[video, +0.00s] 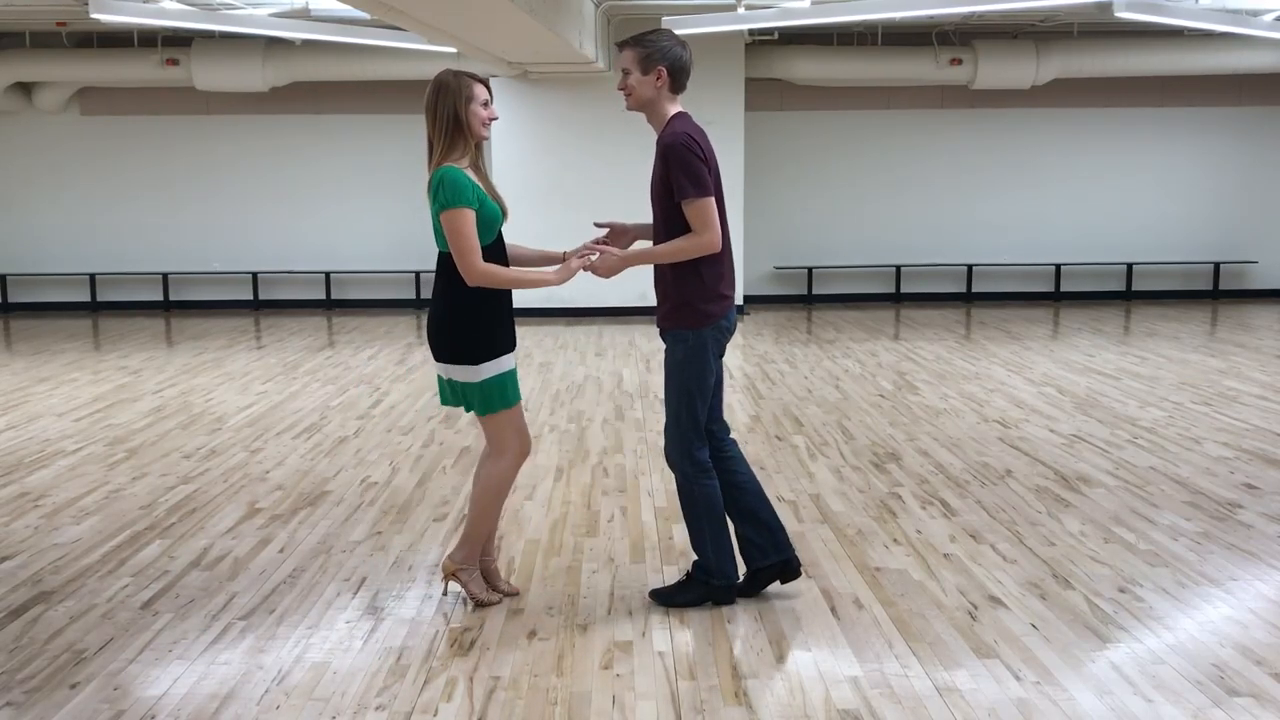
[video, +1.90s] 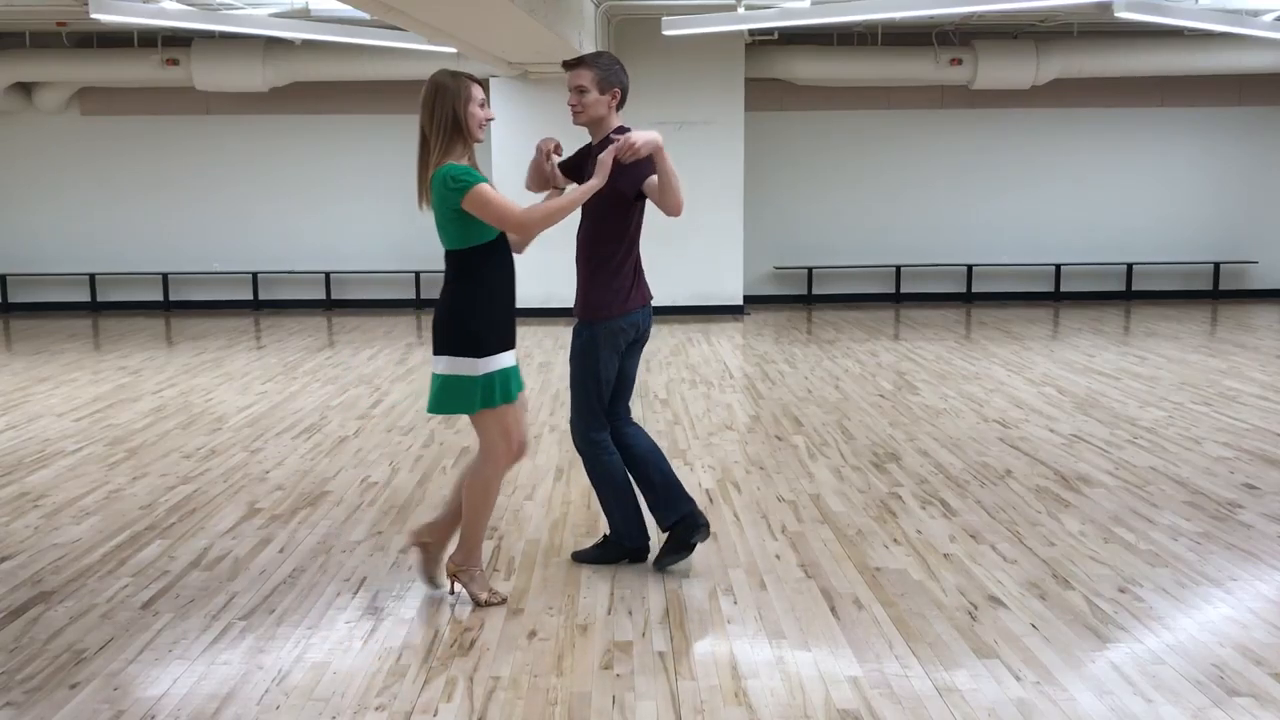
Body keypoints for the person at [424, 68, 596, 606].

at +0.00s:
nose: (491, 112)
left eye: (490, 104)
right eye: (482, 104)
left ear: (473, 112)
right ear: (456, 112)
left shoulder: (469, 175)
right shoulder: (452, 180)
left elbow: (499, 253)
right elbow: (473, 272)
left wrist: (565, 255)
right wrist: (546, 278)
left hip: (482, 326)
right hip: (470, 331)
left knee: (505, 443)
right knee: (512, 445)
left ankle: (484, 553)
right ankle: (465, 557)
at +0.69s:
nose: (450, 113)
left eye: (447, 104)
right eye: (439, 105)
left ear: (428, 113)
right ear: (412, 114)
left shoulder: (426, 176)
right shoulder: (403, 180)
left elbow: (435, 263)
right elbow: (405, 273)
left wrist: (486, 271)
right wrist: (478, 275)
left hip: (430, 332)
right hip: (421, 338)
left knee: (437, 446)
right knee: (465, 445)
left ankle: (411, 560)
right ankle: (405, 550)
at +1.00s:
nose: (432, 113)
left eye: (430, 104)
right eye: (422, 105)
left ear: (409, 114)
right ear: (396, 113)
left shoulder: (410, 177)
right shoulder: (388, 180)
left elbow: (410, 263)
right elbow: (369, 267)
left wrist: (460, 265)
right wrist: (443, 277)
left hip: (414, 334)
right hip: (386, 336)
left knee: (446, 442)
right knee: (382, 452)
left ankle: (410, 554)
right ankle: (337, 567)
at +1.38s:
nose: (436, 111)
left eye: (433, 102)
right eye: (426, 103)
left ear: (412, 111)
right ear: (400, 113)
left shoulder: (408, 175)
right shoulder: (395, 178)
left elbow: (429, 261)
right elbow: (417, 268)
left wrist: (487, 245)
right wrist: (489, 255)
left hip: (395, 335)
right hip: (404, 339)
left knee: (409, 446)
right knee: (443, 446)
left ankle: (372, 557)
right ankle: (376, 555)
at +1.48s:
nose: (442, 111)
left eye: (439, 102)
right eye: (431, 103)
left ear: (409, 113)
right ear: (405, 112)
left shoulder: (409, 174)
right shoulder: (403, 177)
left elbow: (437, 246)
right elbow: (440, 263)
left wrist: (493, 229)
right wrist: (510, 244)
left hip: (398, 330)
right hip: (412, 334)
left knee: (415, 444)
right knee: (460, 440)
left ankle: (374, 556)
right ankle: (420, 557)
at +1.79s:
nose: (473, 111)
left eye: (471, 102)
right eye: (464, 103)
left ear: (441, 113)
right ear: (440, 111)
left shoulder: (445, 173)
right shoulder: (439, 176)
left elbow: (498, 233)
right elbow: (504, 238)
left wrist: (537, 197)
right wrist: (574, 206)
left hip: (450, 329)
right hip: (461, 333)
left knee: (454, 444)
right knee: (493, 440)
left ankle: (394, 546)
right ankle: (468, 560)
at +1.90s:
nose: (487, 113)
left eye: (486, 104)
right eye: (478, 104)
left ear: (472, 112)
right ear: (453, 111)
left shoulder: (468, 174)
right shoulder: (453, 176)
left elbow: (516, 242)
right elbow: (521, 225)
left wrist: (555, 192)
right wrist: (592, 185)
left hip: (491, 326)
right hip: (470, 329)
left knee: (514, 444)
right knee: (497, 446)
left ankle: (435, 534)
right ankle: (467, 561)